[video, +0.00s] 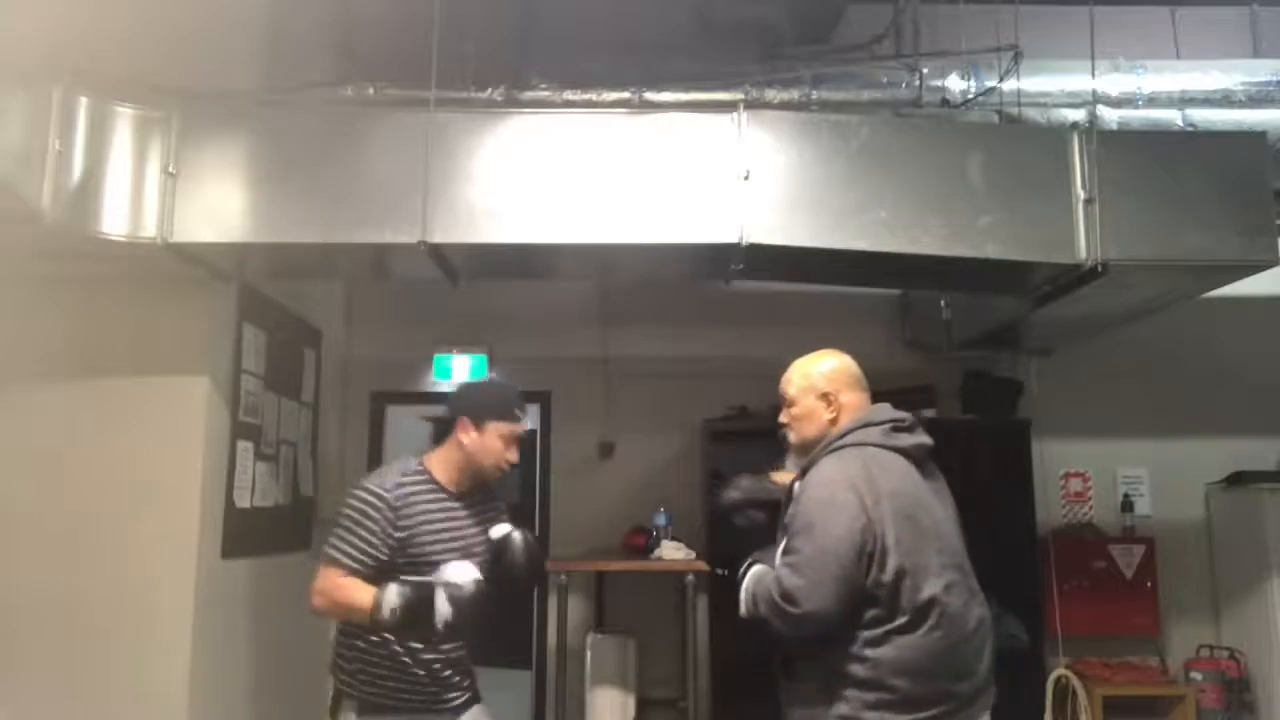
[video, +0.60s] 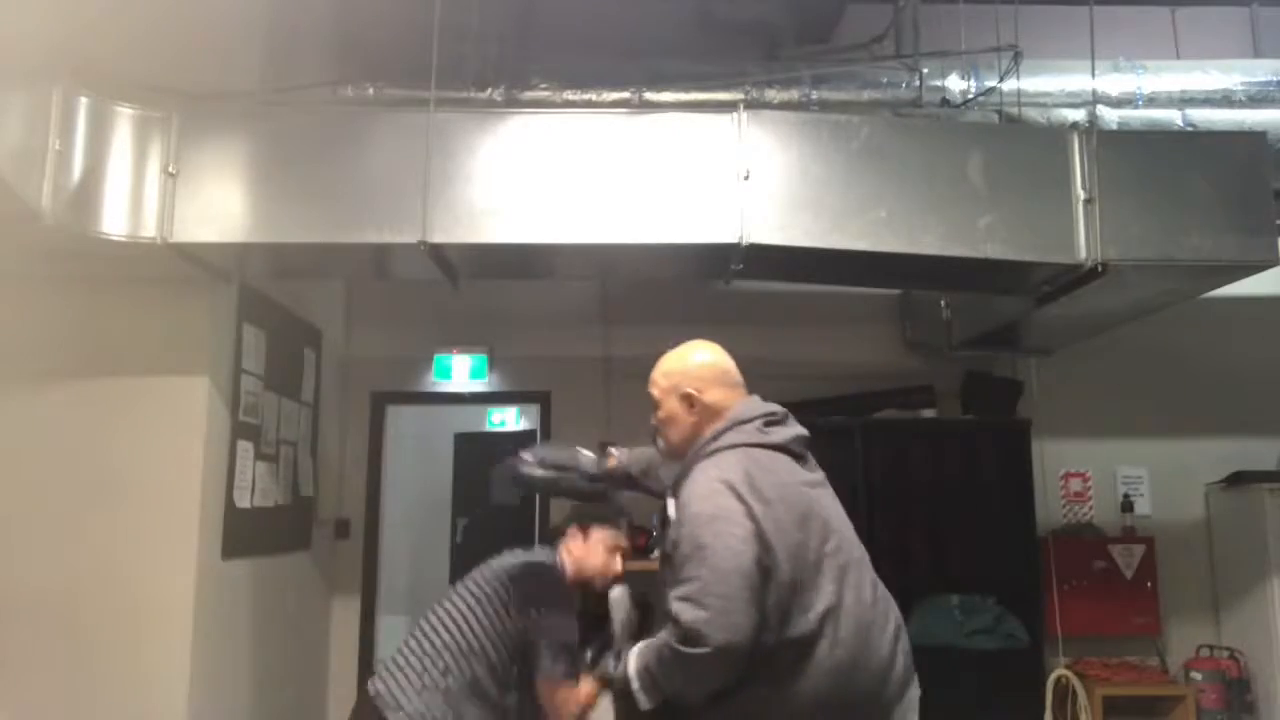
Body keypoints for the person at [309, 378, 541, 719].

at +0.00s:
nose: (514, 458)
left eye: (517, 444)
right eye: (507, 441)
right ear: (466, 431)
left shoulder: (484, 498)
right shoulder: (384, 493)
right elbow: (326, 592)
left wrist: (518, 566)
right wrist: (416, 602)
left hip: (457, 699)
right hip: (378, 703)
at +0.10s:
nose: (537, 508)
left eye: (539, 494)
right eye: (529, 492)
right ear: (492, 488)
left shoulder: (499, 537)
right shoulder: (421, 518)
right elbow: (360, 617)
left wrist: (543, 593)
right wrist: (453, 626)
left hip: (448, 703)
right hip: (378, 704)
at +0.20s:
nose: (571, 601)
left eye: (574, 589)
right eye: (564, 587)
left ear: (528, 579)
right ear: (527, 577)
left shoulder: (535, 619)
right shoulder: (444, 597)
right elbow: (397, 698)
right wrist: (495, 690)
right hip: (357, 707)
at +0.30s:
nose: (605, 664)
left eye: (609, 653)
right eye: (604, 650)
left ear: (570, 637)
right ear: (570, 638)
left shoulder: (530, 660)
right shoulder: (485, 674)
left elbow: (532, 714)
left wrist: (582, 710)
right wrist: (569, 713)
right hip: (361, 715)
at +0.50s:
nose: (623, 626)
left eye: (625, 613)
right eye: (620, 608)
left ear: (585, 591)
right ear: (587, 591)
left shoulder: (516, 596)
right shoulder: (551, 656)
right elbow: (546, 713)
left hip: (369, 707)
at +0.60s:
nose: (619, 569)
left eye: (623, 557)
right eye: (612, 552)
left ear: (572, 538)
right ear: (575, 537)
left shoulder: (527, 564)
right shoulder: (549, 585)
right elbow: (561, 707)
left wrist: (586, 681)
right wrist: (596, 679)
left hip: (387, 702)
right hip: (425, 711)